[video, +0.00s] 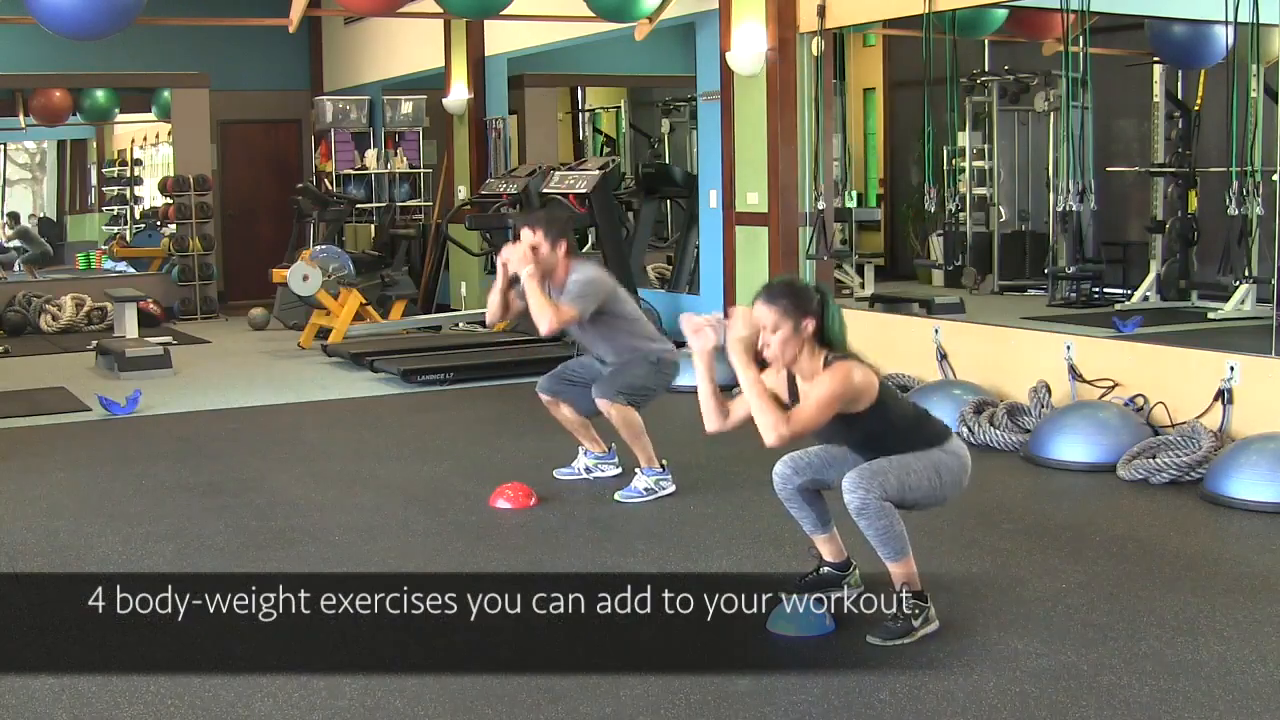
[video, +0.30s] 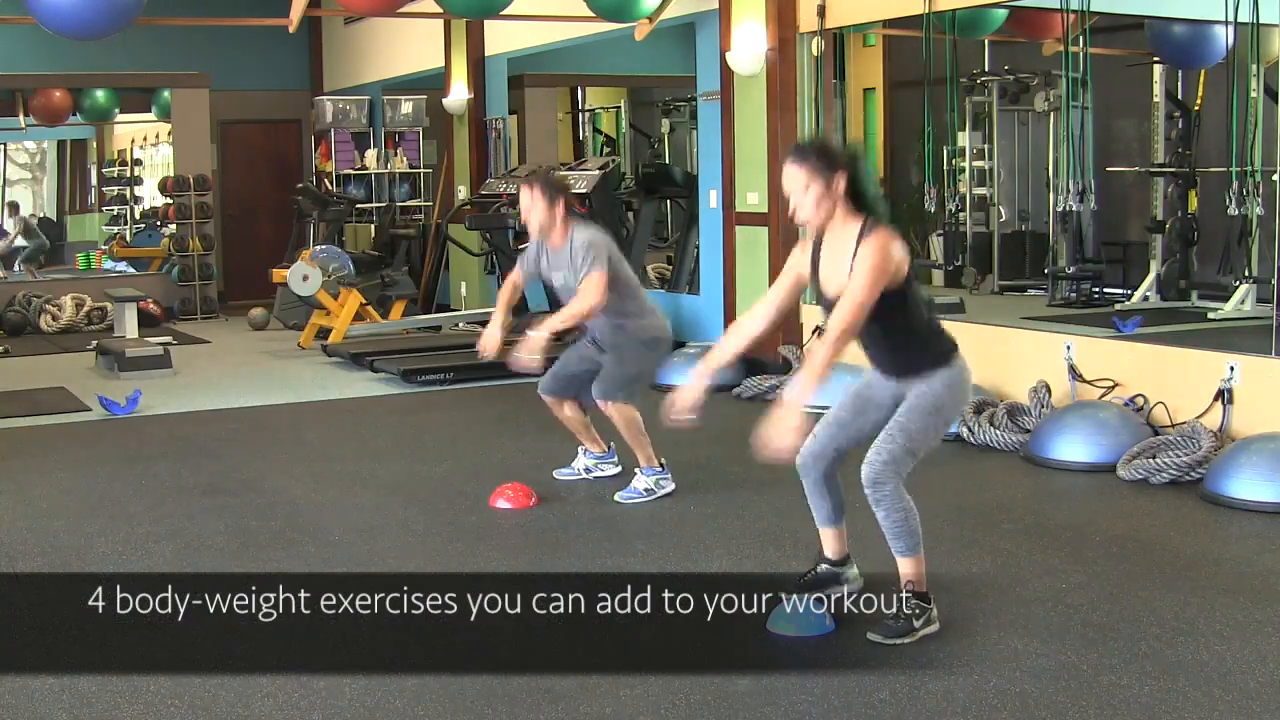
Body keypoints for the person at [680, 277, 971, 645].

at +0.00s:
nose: (762, 344)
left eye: (771, 332)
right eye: (759, 334)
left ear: (807, 327)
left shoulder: (843, 376)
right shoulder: (779, 377)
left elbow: (777, 434)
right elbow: (717, 420)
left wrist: (740, 357)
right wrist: (702, 356)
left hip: (941, 458)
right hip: (880, 457)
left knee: (862, 486)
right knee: (788, 472)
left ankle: (914, 601)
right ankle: (837, 566)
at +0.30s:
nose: (791, 205)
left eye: (798, 192)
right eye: (788, 194)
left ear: (837, 184)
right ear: (815, 191)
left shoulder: (879, 244)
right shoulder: (809, 249)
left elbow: (838, 333)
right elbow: (758, 318)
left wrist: (790, 406)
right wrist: (699, 375)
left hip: (938, 378)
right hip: (884, 378)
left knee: (881, 474)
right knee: (813, 458)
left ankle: (917, 599)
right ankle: (837, 564)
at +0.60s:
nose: (806, 119)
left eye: (812, 107)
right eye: (801, 109)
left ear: (849, 96)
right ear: (814, 105)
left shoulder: (888, 160)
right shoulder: (843, 155)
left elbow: (952, 227)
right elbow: (878, 236)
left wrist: (1008, 293)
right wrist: (929, 278)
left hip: (913, 329)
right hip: (866, 325)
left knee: (891, 456)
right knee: (808, 420)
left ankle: (926, 591)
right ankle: (821, 551)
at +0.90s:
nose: (799, 136)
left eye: (803, 123)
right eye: (794, 127)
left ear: (838, 106)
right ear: (821, 112)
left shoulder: (883, 159)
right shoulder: (837, 161)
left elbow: (901, 255)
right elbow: (828, 245)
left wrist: (842, 309)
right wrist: (778, 301)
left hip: (913, 330)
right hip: (865, 326)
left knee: (890, 452)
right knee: (811, 423)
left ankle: (923, 588)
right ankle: (822, 546)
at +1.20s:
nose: (770, 285)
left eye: (780, 273)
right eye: (767, 275)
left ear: (811, 271)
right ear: (765, 278)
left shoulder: (851, 321)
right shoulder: (789, 319)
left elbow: (787, 379)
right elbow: (726, 375)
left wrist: (754, 311)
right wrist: (715, 309)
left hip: (938, 424)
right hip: (880, 422)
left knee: (863, 478)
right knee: (797, 463)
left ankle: (915, 599)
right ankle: (837, 567)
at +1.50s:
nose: (754, 322)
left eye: (761, 309)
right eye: (752, 310)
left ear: (798, 303)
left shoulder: (841, 349)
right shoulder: (779, 355)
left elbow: (784, 422)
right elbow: (724, 410)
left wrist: (714, 368)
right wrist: (684, 374)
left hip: (935, 438)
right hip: (879, 438)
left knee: (861, 481)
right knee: (792, 465)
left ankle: (914, 600)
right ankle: (836, 566)